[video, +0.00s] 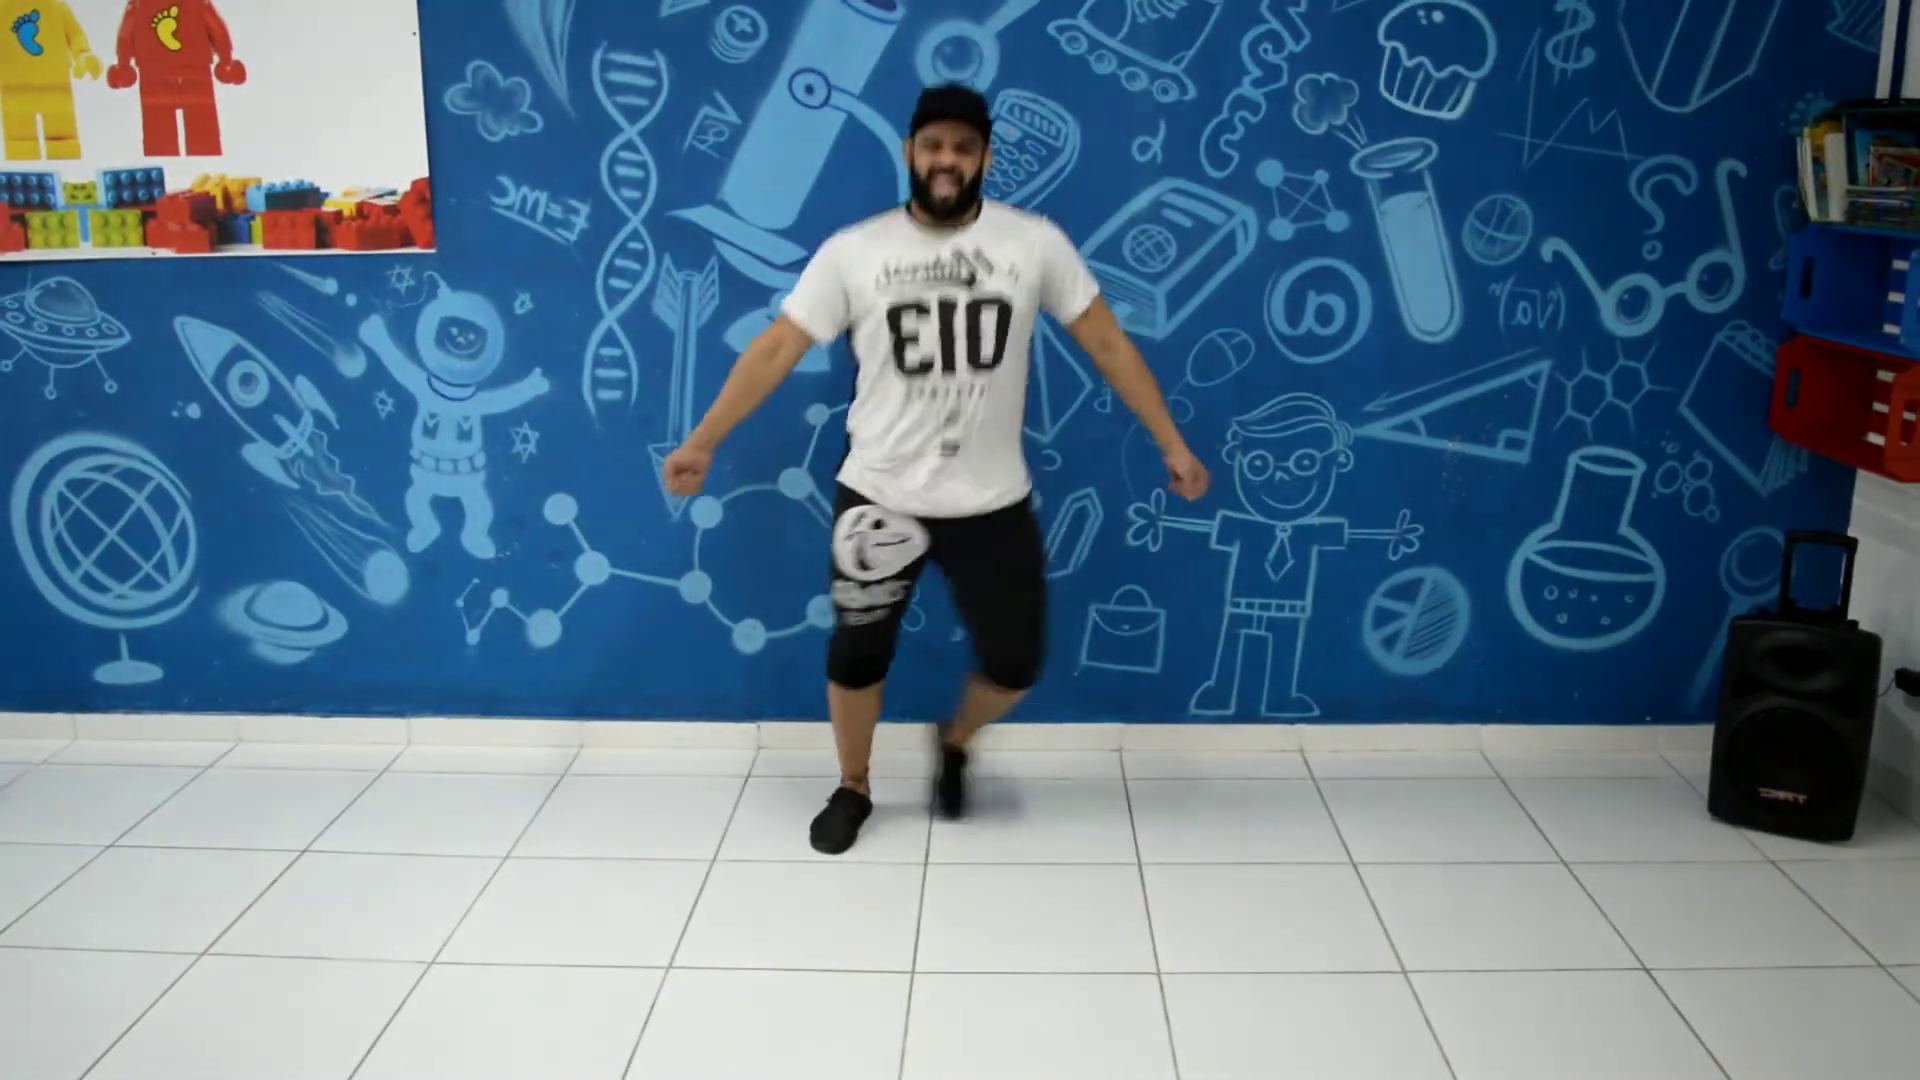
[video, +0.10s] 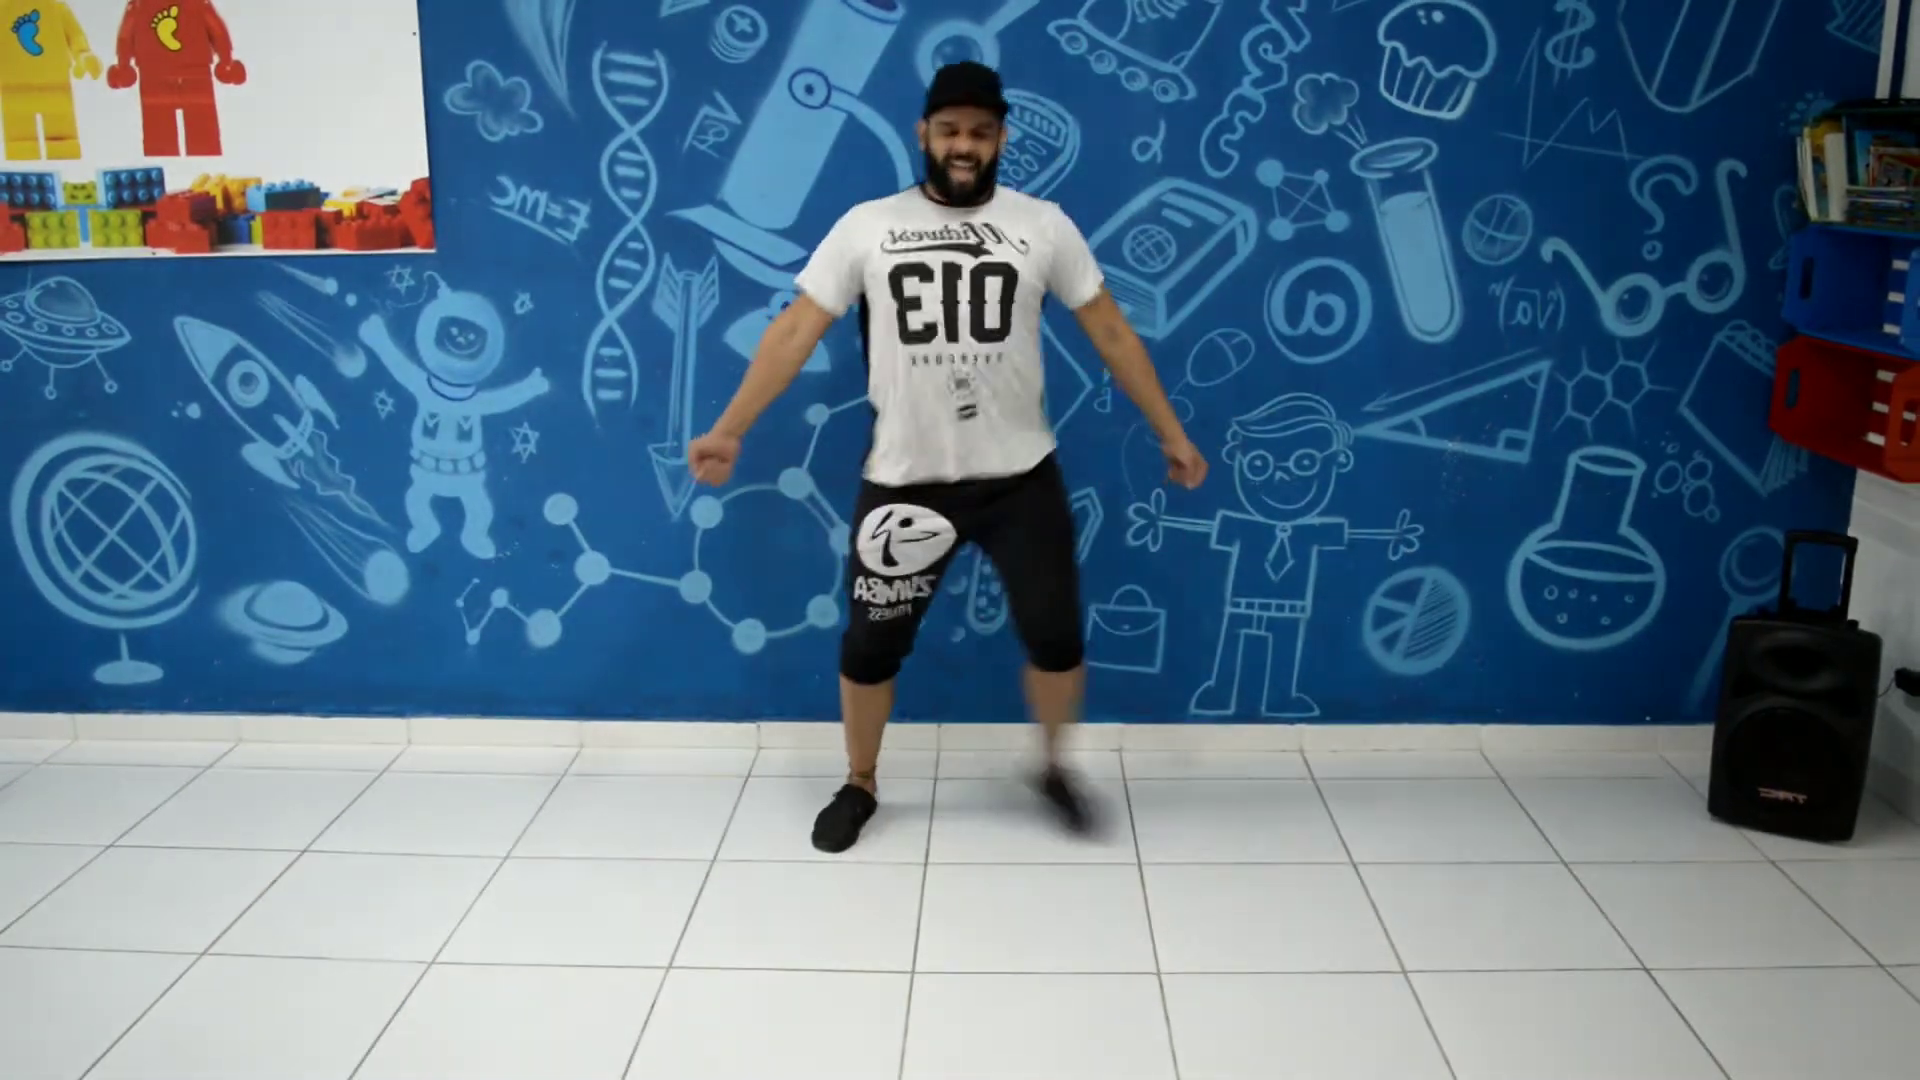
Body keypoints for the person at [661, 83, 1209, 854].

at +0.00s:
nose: (946, 161)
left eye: (963, 148)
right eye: (931, 146)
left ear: (986, 159)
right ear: (909, 153)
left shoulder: (1035, 247)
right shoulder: (852, 255)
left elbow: (1110, 349)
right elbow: (776, 351)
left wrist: (1173, 443)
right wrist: (701, 441)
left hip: (991, 497)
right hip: (880, 492)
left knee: (1013, 667)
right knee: (857, 655)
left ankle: (954, 744)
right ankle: (852, 787)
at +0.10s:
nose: (965, 146)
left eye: (981, 132)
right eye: (950, 131)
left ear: (1003, 139)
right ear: (923, 134)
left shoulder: (1043, 228)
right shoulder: (868, 230)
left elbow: (1112, 335)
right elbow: (795, 329)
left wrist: (1173, 435)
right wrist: (729, 429)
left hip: (1020, 474)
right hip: (905, 477)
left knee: (1057, 636)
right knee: (869, 646)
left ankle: (1056, 770)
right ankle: (858, 784)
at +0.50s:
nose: (1046, 153)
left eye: (1063, 138)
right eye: (1031, 138)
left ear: (1085, 145)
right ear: (1006, 144)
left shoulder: (1136, 234)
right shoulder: (961, 245)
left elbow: (1191, 337)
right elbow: (893, 345)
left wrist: (1248, 434)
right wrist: (827, 444)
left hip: (1109, 476)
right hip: (995, 481)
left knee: (1145, 641)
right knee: (964, 654)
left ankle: (1152, 791)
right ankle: (972, 764)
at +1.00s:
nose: (1021, 176)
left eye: (1033, 161)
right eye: (1002, 168)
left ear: (1057, 170)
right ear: (983, 189)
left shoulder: (1117, 272)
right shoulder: (946, 267)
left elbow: (1186, 367)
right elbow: (879, 366)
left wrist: (1253, 459)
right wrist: (814, 467)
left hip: (1090, 500)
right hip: (975, 501)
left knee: (1141, 657)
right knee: (902, 653)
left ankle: (1156, 793)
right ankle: (862, 784)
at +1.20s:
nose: (972, 165)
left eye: (988, 152)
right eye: (957, 153)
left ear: (1012, 165)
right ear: (936, 167)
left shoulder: (1069, 255)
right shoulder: (891, 271)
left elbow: (1128, 358)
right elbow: (817, 365)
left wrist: (1182, 464)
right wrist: (751, 459)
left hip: (1028, 493)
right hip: (914, 490)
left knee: (1086, 651)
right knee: (867, 647)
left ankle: (1129, 790)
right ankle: (853, 785)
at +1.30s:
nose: (962, 145)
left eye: (979, 132)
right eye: (948, 131)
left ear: (1001, 146)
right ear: (925, 144)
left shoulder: (1048, 243)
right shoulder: (874, 242)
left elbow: (1103, 352)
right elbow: (808, 340)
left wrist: (1152, 454)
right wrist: (744, 440)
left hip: (1018, 479)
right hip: (904, 479)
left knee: (1060, 644)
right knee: (863, 645)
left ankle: (1034, 762)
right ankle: (853, 782)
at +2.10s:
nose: (1035, 141)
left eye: (1051, 129)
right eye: (1020, 129)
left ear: (1073, 144)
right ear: (996, 143)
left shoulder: (1124, 232)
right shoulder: (953, 253)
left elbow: (1163, 343)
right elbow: (894, 359)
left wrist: (1199, 449)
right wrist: (844, 467)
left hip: (1098, 479)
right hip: (984, 479)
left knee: (1132, 641)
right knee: (937, 644)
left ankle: (1141, 789)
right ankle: (942, 763)